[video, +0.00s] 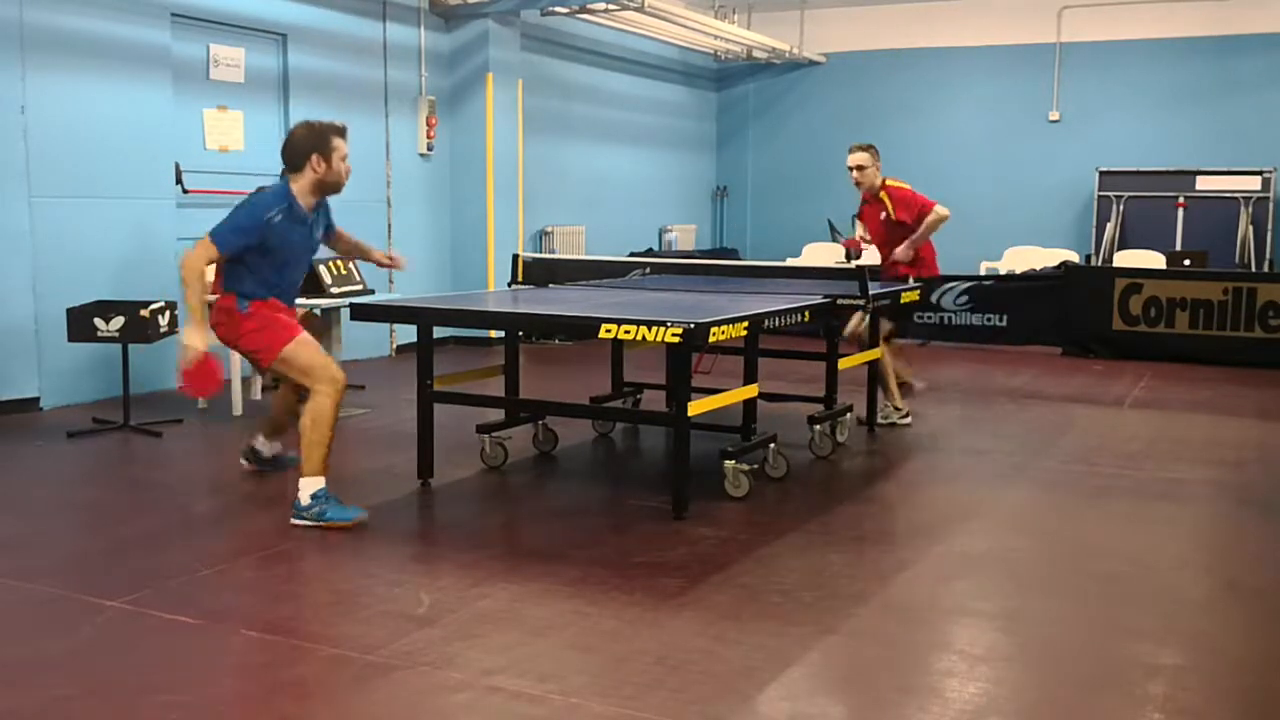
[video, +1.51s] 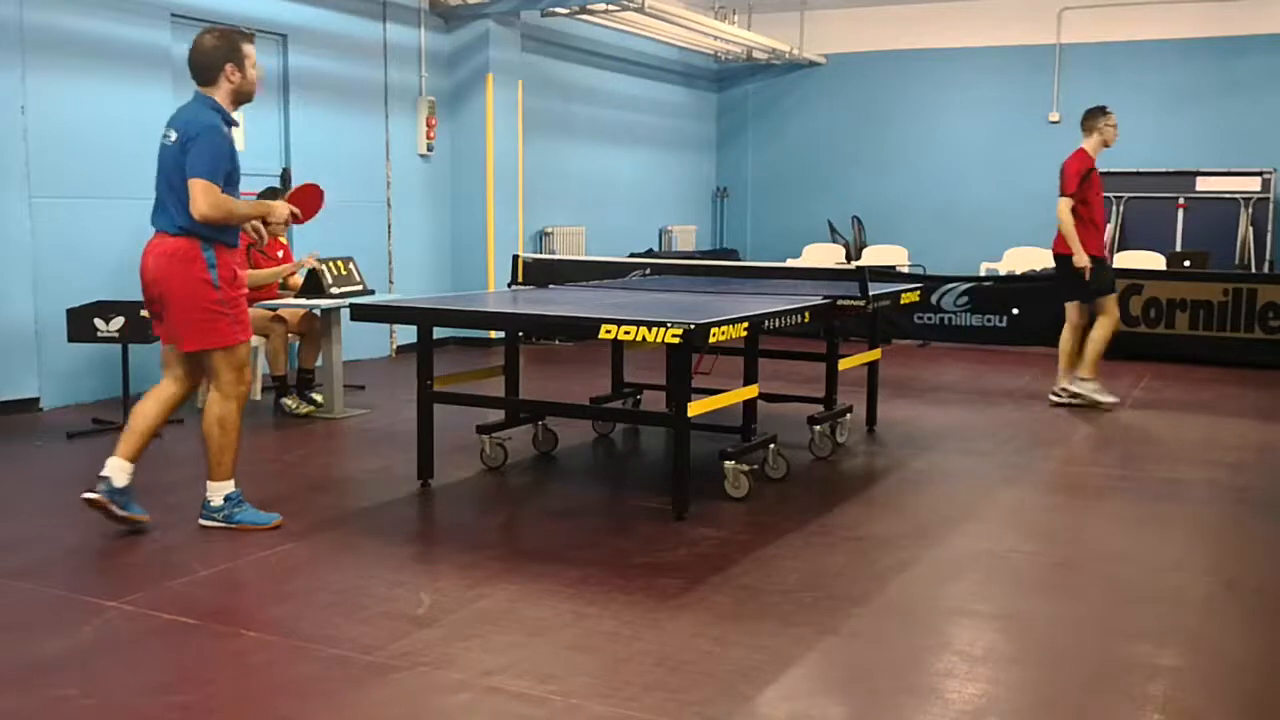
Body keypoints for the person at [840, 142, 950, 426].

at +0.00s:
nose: (854, 176)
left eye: (860, 169)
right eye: (851, 170)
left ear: (877, 168)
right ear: (849, 172)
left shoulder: (897, 192)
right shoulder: (867, 201)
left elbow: (939, 214)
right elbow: (862, 229)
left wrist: (909, 244)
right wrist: (860, 242)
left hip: (916, 279)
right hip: (889, 279)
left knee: (869, 331)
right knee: (857, 330)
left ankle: (896, 404)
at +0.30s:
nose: (851, 152)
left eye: (857, 146)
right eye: (847, 147)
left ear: (873, 147)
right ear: (845, 150)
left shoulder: (891, 176)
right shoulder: (849, 180)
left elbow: (923, 213)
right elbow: (844, 217)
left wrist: (888, 242)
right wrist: (836, 241)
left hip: (896, 265)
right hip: (862, 265)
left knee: (897, 320)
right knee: (836, 319)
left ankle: (917, 391)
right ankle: (832, 383)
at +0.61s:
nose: (868, 178)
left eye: (874, 171)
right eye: (864, 173)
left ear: (888, 170)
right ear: (862, 175)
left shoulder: (911, 196)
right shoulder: (867, 204)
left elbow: (941, 229)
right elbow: (860, 246)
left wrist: (935, 271)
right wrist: (874, 255)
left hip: (917, 282)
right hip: (881, 284)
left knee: (931, 335)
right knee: (843, 327)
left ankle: (962, 390)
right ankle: (822, 380)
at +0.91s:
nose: (950, 139)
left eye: (956, 133)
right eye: (945, 134)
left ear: (966, 134)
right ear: (938, 136)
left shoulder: (985, 164)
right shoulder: (929, 173)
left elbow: (997, 204)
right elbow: (918, 218)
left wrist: (1004, 240)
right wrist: (918, 260)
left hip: (980, 253)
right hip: (942, 257)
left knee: (994, 317)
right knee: (940, 323)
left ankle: (1004, 384)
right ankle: (944, 381)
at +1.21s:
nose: (1046, 139)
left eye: (1048, 134)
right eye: (1040, 135)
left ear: (1048, 137)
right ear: (1023, 137)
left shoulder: (1048, 169)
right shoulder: (1005, 173)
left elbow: (1048, 211)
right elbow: (979, 215)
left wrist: (1050, 248)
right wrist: (994, 241)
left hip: (1044, 264)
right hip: (1013, 265)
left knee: (1067, 320)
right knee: (999, 325)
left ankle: (1063, 389)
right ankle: (955, 379)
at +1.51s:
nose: (1117, 132)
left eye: (1116, 127)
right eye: (1113, 127)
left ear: (1098, 130)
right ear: (1097, 129)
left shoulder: (1086, 164)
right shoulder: (1076, 163)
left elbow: (1079, 212)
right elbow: (1064, 211)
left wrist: (1093, 249)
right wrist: (1078, 251)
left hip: (1080, 254)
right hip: (1084, 254)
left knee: (1075, 318)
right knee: (1109, 315)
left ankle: (1063, 383)